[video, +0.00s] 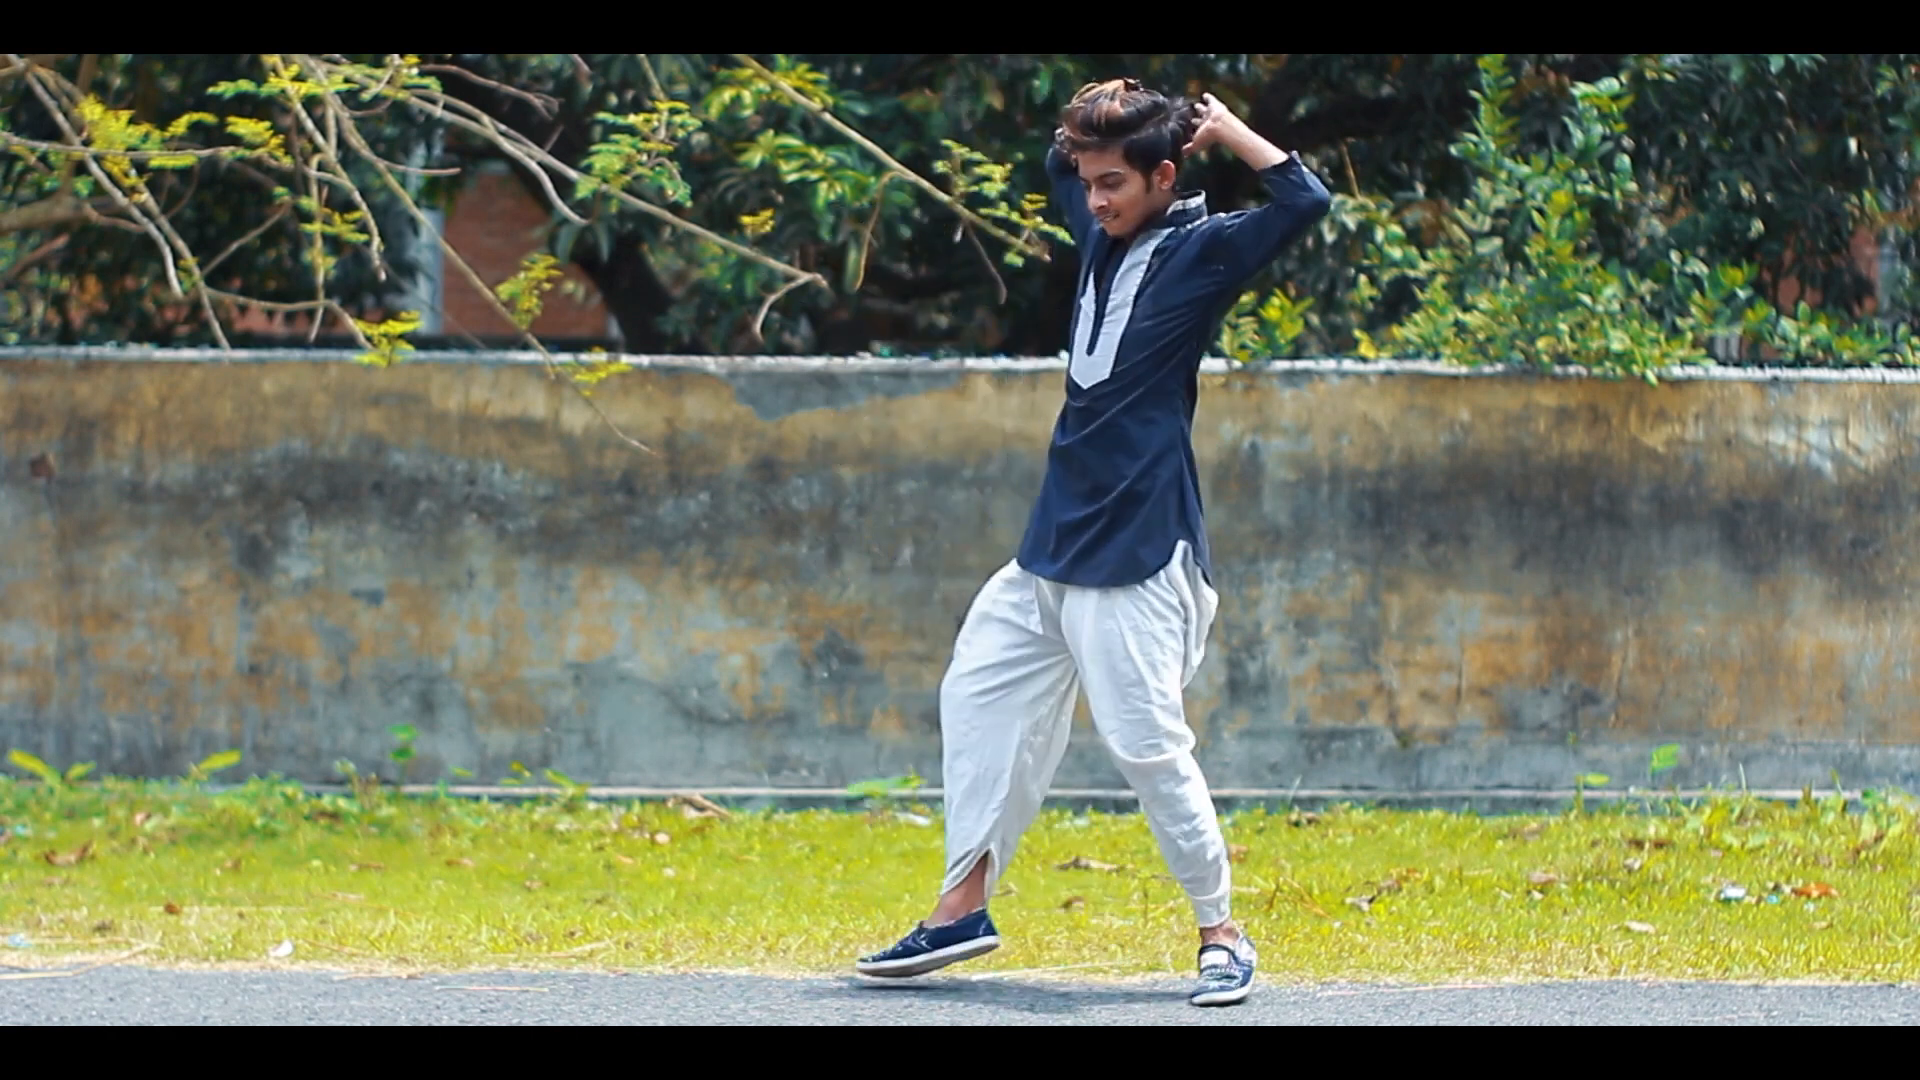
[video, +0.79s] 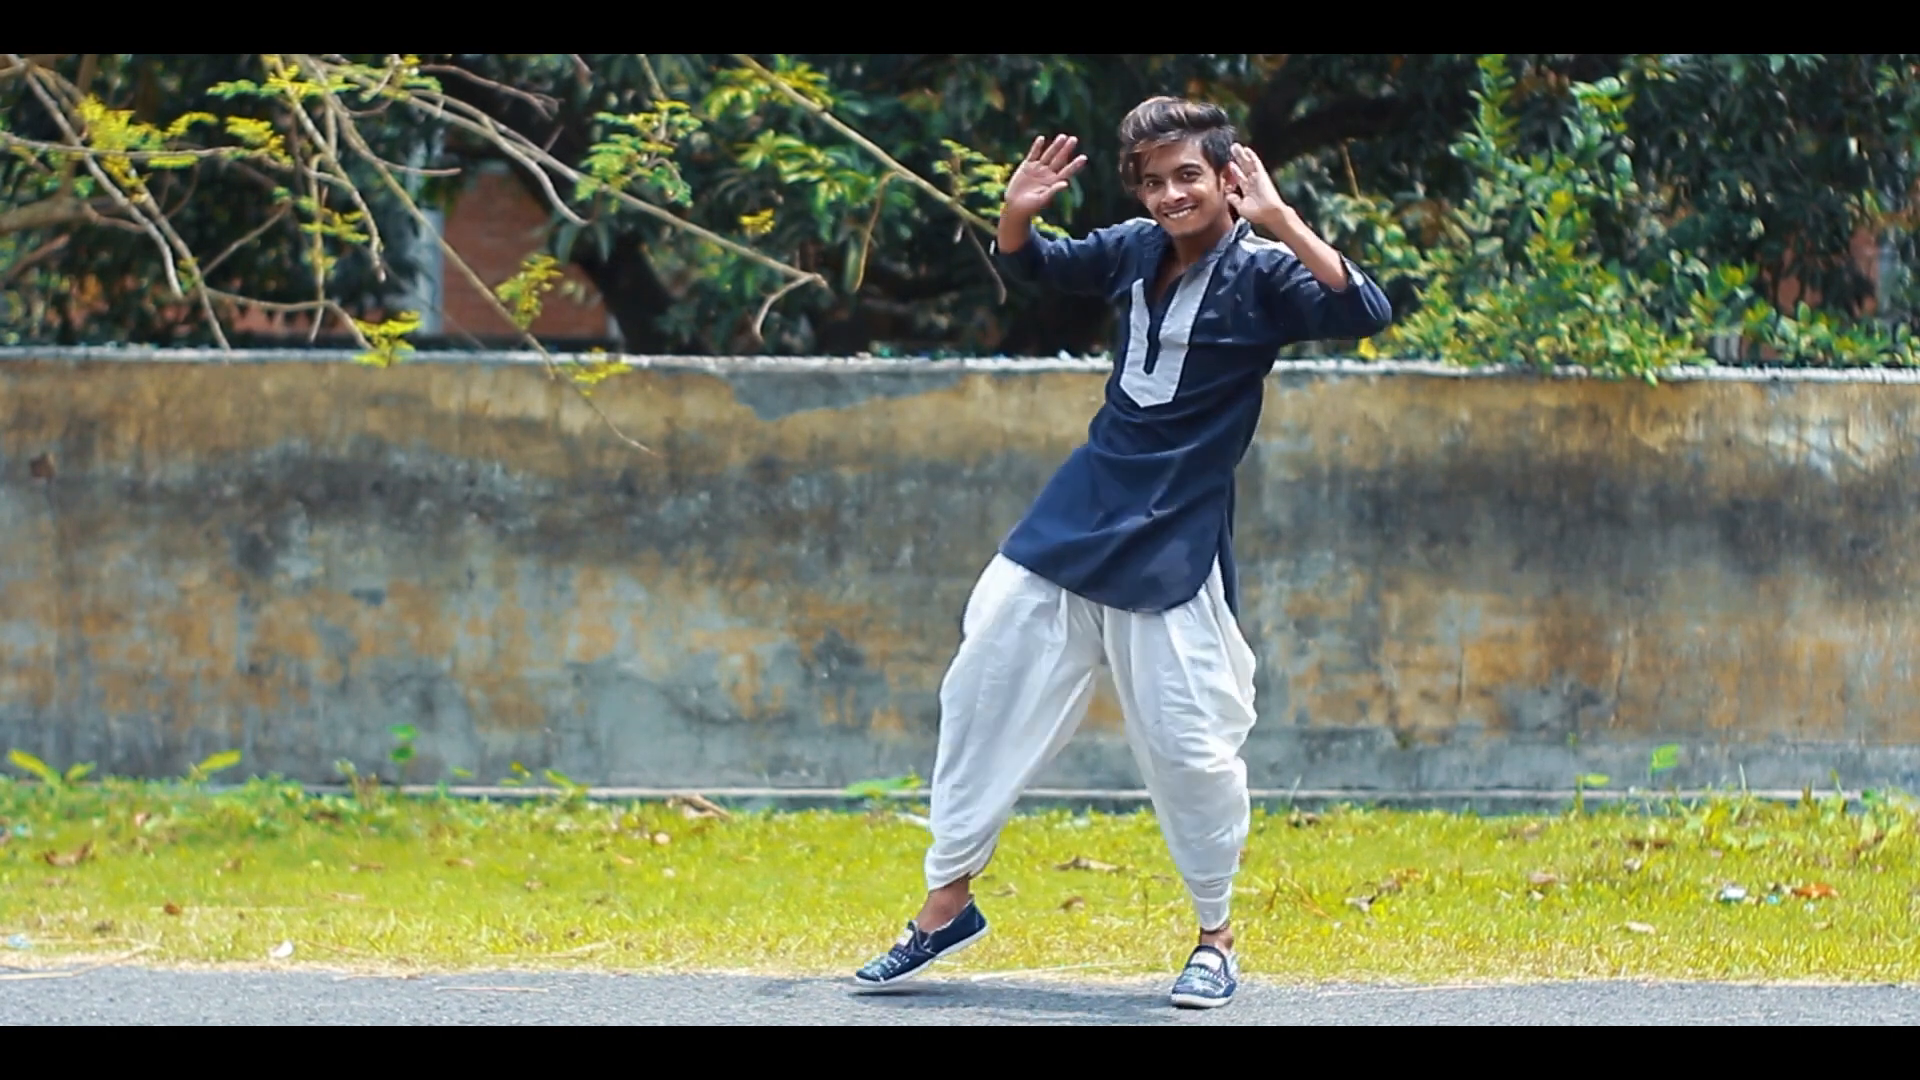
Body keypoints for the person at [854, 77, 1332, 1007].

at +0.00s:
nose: (1095, 199)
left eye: (1112, 182)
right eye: (1085, 183)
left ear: (1163, 175)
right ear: (1083, 180)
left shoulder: (1201, 247)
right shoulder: (1100, 240)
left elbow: (1301, 199)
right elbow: (1062, 178)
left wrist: (1233, 134)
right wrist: (1083, 118)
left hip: (1137, 544)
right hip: (1057, 536)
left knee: (1149, 747)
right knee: (974, 700)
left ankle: (1220, 936)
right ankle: (961, 913)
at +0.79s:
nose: (1171, 195)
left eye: (1187, 175)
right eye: (1154, 181)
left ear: (1229, 179)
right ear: (1138, 191)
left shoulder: (1261, 271)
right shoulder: (1133, 249)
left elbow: (1368, 312)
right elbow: (1035, 269)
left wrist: (1282, 216)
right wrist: (1016, 222)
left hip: (1172, 533)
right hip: (1079, 510)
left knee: (1193, 755)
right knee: (974, 691)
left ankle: (1213, 942)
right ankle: (945, 910)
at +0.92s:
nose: (1173, 196)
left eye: (1190, 179)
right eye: (1155, 182)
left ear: (1222, 191)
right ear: (1133, 197)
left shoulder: (1267, 310)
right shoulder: (1101, 292)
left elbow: (1354, 412)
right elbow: (1036, 374)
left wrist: (1400, 354)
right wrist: (926, 333)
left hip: (1171, 571)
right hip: (1059, 554)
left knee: (1191, 767)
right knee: (956, 727)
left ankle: (1230, 951)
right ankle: (942, 920)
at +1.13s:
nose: (1129, 169)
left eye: (1146, 155)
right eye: (1110, 155)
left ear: (1171, 174)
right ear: (1085, 172)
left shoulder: (1206, 282)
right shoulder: (1035, 268)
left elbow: (1306, 367)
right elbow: (928, 354)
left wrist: (1384, 320)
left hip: (1138, 553)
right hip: (1024, 537)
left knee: (1172, 752)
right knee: (956, 728)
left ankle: (1207, 941)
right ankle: (929, 924)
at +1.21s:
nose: (1104, 134)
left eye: (1123, 119)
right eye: (1088, 118)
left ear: (1148, 131)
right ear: (1059, 126)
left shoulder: (1179, 228)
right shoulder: (1012, 209)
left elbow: (1268, 278)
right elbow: (875, 254)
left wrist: (1310, 295)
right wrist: (878, 214)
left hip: (1118, 499)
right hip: (1006, 488)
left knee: (1129, 704)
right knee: (969, 705)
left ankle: (1097, 895)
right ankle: (961, 886)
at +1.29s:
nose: (1079, 128)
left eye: (1097, 113)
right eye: (1063, 111)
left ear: (1123, 124)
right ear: (1033, 117)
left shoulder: (1151, 212)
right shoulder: (995, 193)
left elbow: (1224, 313)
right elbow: (873, 245)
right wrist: (974, 254)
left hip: (1097, 483)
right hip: (991, 472)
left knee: (1088, 679)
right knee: (979, 690)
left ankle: (978, 866)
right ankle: (1017, 862)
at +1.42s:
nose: (1043, 174)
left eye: (1062, 157)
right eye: (1026, 155)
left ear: (1086, 168)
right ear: (998, 163)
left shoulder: (1105, 286)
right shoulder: (959, 260)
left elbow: (1089, 408)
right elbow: (964, 386)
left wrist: (1035, 411)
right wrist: (1089, 339)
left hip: (1056, 533)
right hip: (956, 524)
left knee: (1033, 726)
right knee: (964, 736)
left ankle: (923, 917)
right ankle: (1011, 906)